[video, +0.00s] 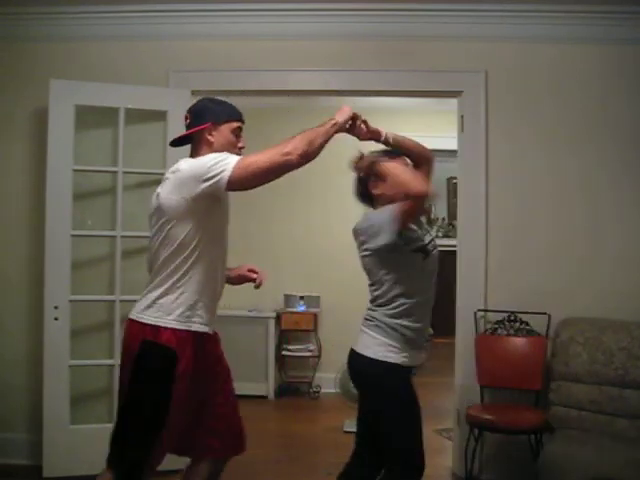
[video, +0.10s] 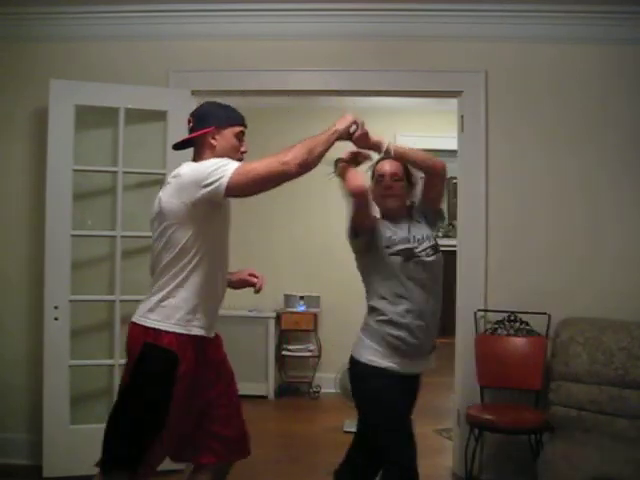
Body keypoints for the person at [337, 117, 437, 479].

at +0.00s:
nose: (409, 167)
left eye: (404, 163)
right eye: (399, 164)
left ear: (387, 185)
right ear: (378, 186)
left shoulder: (407, 219)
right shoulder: (374, 224)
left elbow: (425, 158)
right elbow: (419, 193)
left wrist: (379, 134)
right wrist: (378, 168)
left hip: (393, 361)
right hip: (379, 363)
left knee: (368, 459)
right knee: (408, 465)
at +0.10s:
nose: (388, 185)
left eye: (397, 178)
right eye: (381, 179)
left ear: (410, 187)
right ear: (372, 189)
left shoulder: (424, 222)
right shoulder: (368, 234)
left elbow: (437, 169)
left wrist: (381, 145)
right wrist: (349, 171)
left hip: (410, 368)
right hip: (375, 366)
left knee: (363, 460)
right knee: (402, 465)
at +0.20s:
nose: (378, 185)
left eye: (389, 179)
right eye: (378, 180)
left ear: (411, 190)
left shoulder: (433, 228)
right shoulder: (368, 231)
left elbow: (440, 180)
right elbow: (328, 187)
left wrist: (379, 166)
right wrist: (351, 160)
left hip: (421, 370)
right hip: (373, 367)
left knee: (384, 452)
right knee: (388, 462)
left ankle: (353, 472)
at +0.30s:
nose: (383, 187)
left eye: (393, 180)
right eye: (384, 180)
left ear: (418, 186)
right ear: (389, 188)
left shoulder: (437, 227)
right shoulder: (377, 227)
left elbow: (443, 202)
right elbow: (329, 189)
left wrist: (380, 202)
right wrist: (364, 159)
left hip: (424, 376)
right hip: (373, 371)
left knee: (403, 468)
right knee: (372, 465)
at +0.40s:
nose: (390, 186)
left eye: (400, 181)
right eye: (392, 180)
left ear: (425, 191)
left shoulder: (439, 221)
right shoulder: (388, 223)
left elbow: (458, 232)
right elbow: (357, 199)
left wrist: (402, 253)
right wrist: (370, 154)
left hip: (429, 378)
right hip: (379, 371)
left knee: (417, 471)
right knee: (374, 467)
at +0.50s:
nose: (399, 183)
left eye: (409, 178)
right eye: (402, 176)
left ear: (434, 190)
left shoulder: (442, 223)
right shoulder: (407, 221)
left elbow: (473, 249)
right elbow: (390, 197)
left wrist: (422, 291)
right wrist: (383, 148)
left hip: (436, 377)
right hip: (394, 369)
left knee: (418, 469)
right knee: (384, 465)